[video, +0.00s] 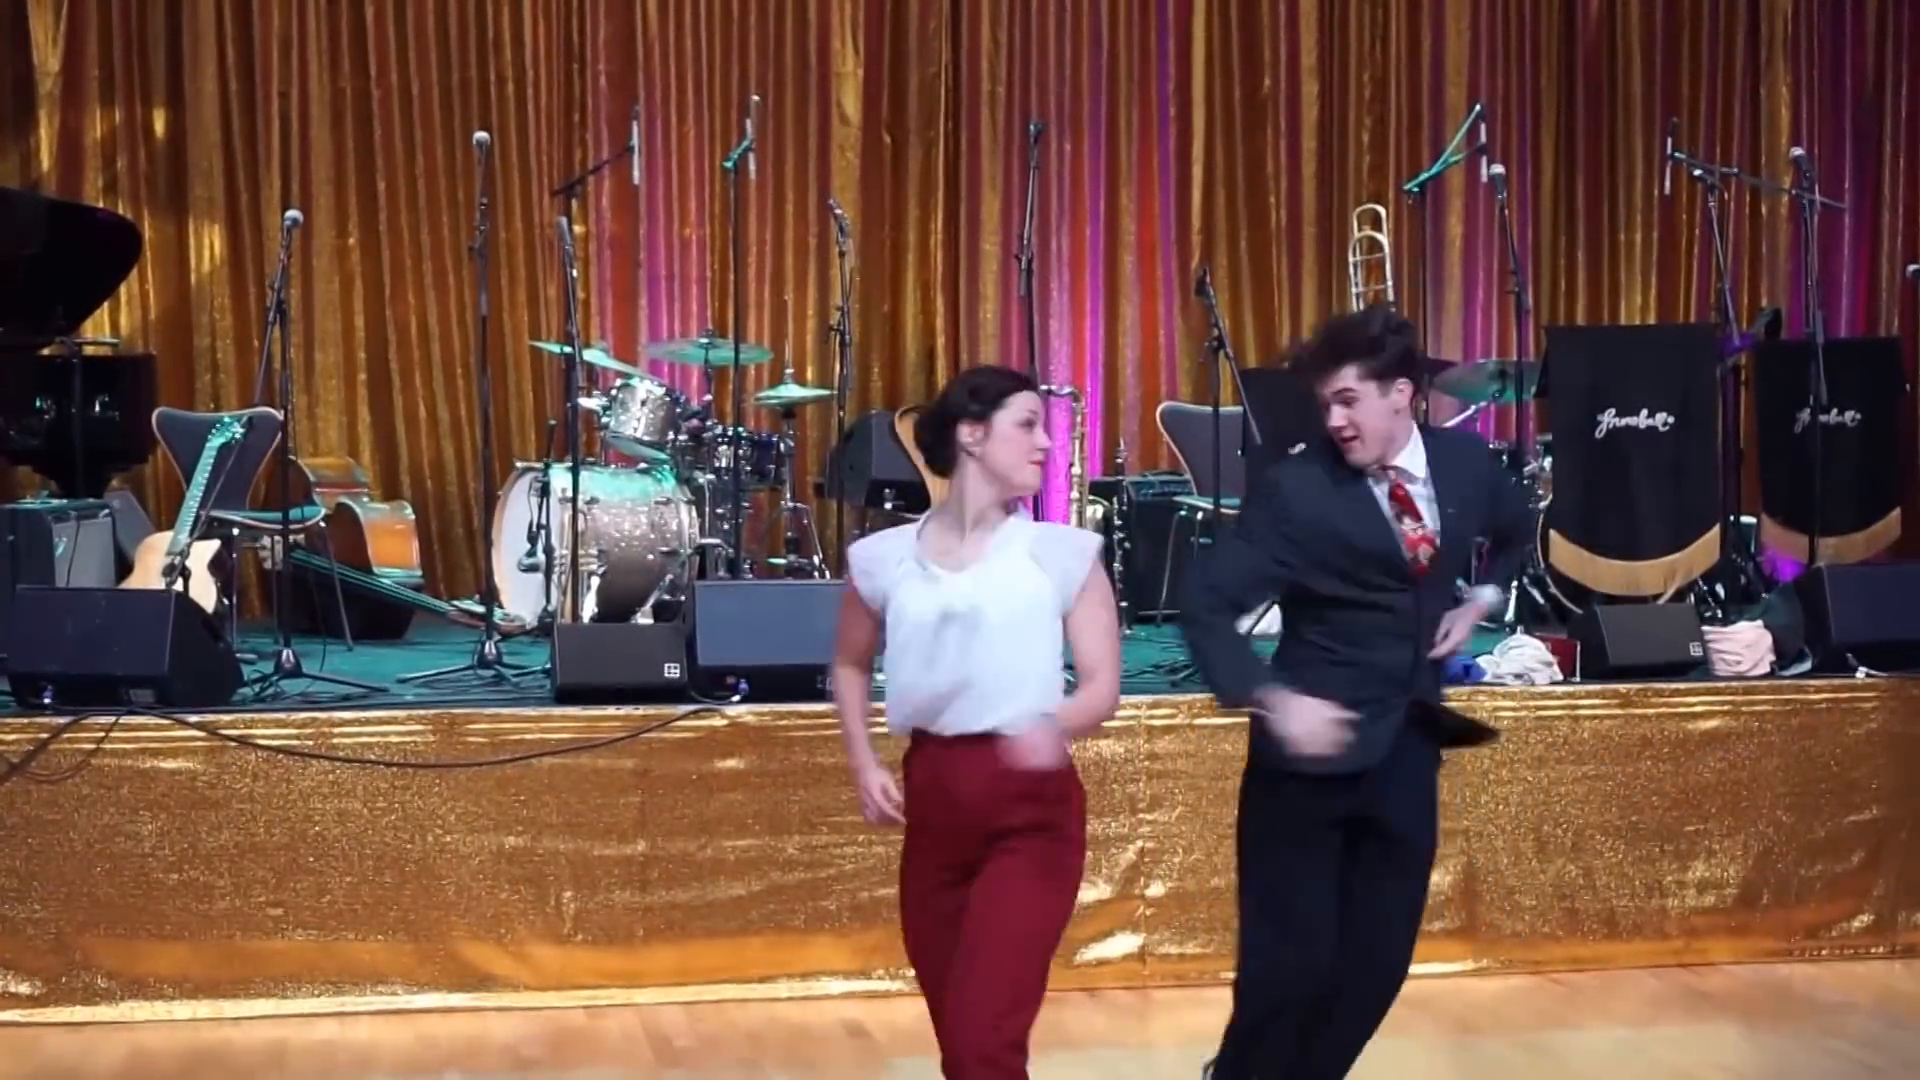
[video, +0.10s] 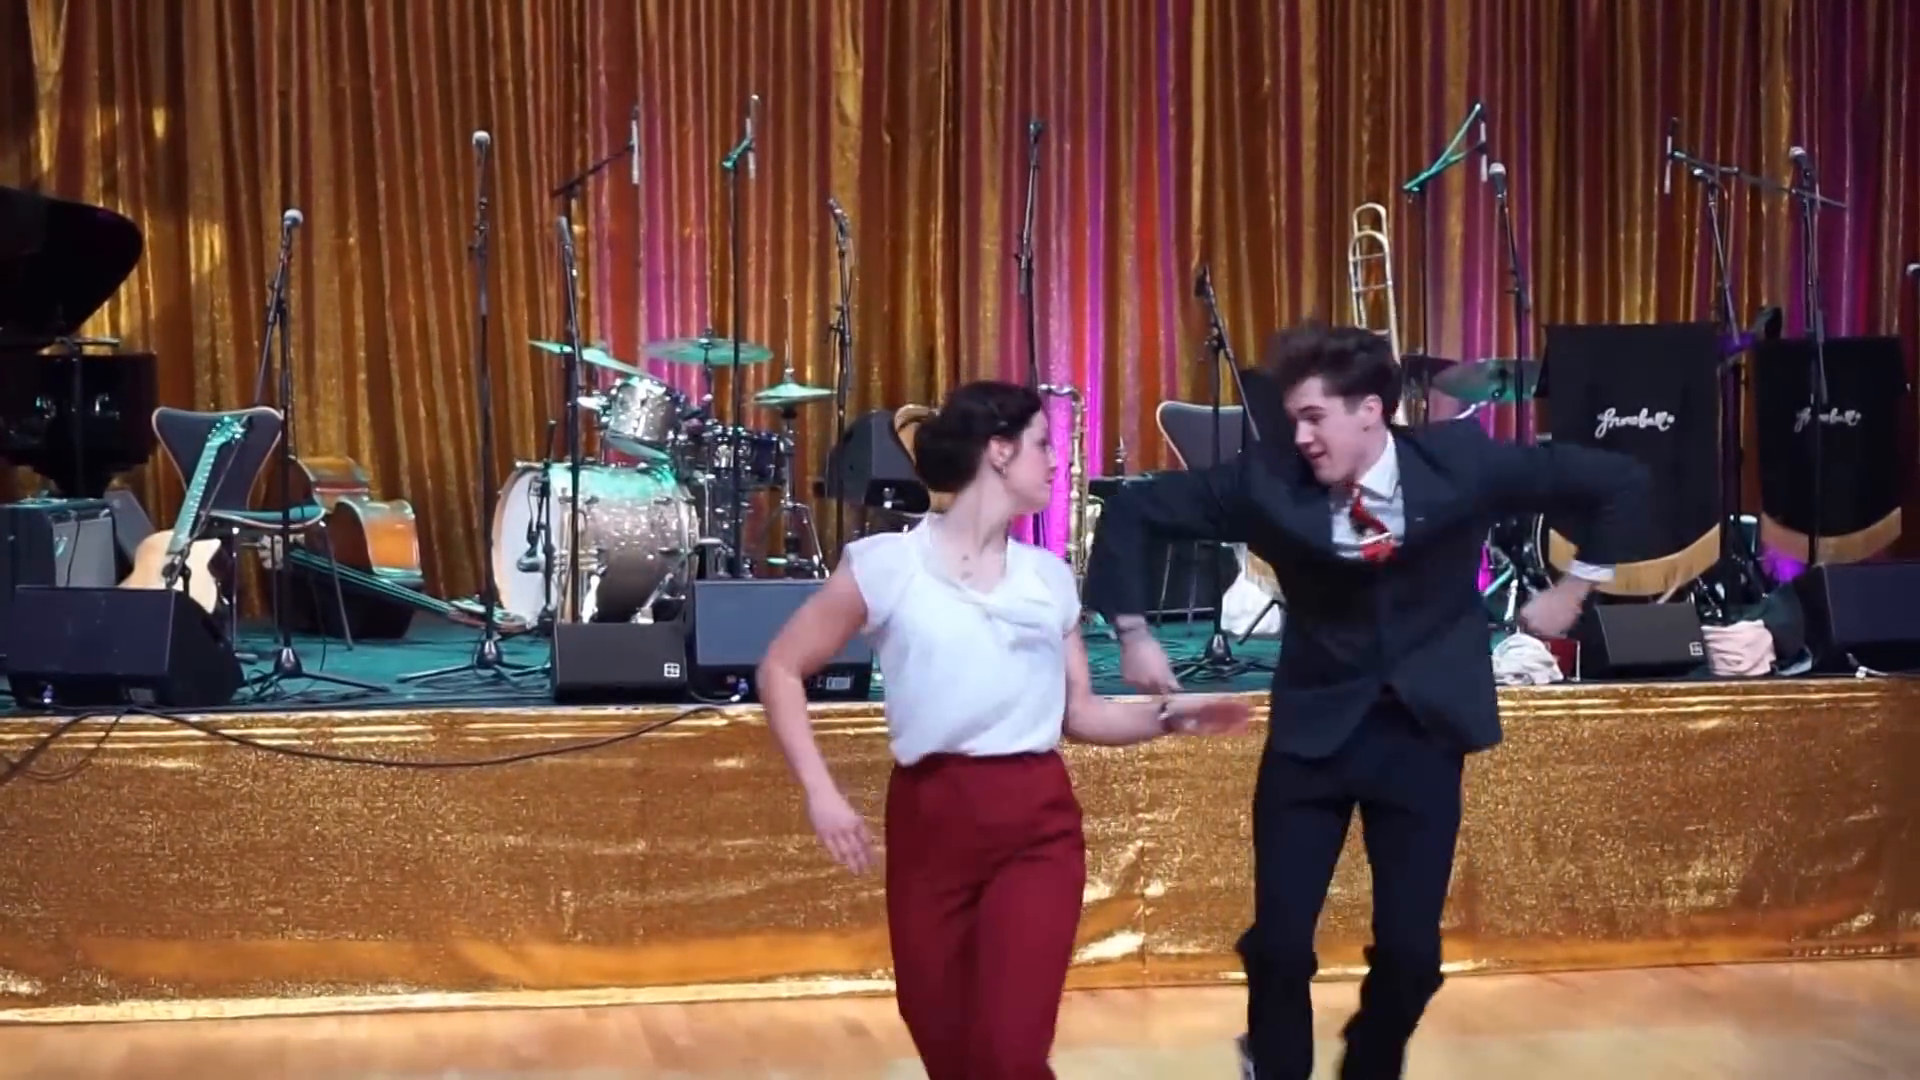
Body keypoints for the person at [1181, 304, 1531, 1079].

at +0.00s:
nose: (1333, 421)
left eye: (1347, 400)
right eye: (1324, 405)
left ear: (1404, 395)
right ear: (1316, 409)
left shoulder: (1468, 466)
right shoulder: (1295, 493)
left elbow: (1519, 530)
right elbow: (1205, 602)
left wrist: (1484, 600)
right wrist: (1268, 693)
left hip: (1404, 762)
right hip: (1300, 761)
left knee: (1373, 971)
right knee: (1289, 969)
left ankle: (1298, 1077)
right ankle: (1234, 1074)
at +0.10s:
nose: (1300, 437)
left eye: (1314, 417)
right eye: (1294, 421)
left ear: (1374, 411)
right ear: (1288, 421)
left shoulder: (1462, 467)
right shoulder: (1266, 486)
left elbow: (1622, 481)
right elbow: (1129, 505)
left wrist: (1574, 586)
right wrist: (1133, 633)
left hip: (1422, 738)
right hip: (1308, 735)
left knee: (1410, 961)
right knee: (1276, 950)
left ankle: (1367, 1069)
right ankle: (1277, 1070)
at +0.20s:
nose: (1275, 482)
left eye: (1290, 462)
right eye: (1269, 465)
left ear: (1346, 460)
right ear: (1262, 466)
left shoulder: (1424, 505)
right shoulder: (1259, 510)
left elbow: (1559, 516)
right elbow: (1142, 520)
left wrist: (1522, 635)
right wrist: (1122, 623)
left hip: (1444, 732)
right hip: (1344, 731)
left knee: (1395, 930)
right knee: (1282, 945)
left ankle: (1437, 1074)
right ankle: (1328, 1078)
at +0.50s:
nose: (1292, 484)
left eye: (1308, 463)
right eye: (1286, 469)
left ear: (1363, 464)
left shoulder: (1398, 534)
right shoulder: (1383, 531)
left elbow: (1408, 699)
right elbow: (1387, 678)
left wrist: (1312, 698)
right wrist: (1293, 686)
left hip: (1529, 755)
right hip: (1488, 748)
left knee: (1414, 963)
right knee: (1384, 943)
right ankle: (1368, 1072)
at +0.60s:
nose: (1318, 453)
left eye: (1332, 432)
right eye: (1313, 439)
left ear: (1389, 422)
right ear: (1383, 428)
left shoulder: (1429, 483)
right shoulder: (1413, 478)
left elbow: (1498, 643)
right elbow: (1429, 609)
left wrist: (1430, 678)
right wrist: (1346, 662)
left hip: (1581, 713)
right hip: (1519, 710)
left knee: (1502, 928)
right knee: (1420, 882)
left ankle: (1491, 1069)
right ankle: (1462, 1067)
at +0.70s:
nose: (1359, 463)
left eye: (1370, 442)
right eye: (1352, 448)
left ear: (1427, 428)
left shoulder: (1458, 488)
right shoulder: (1459, 472)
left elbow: (1560, 604)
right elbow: (1490, 588)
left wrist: (1531, 729)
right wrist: (1411, 640)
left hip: (1627, 716)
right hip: (1583, 711)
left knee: (1527, 914)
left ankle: (1621, 1069)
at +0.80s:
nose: (1402, 497)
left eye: (1411, 475)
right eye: (1394, 482)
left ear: (1465, 461)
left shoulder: (1519, 515)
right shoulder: (1484, 528)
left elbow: (1600, 640)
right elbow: (1536, 635)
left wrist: (1635, 786)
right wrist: (1441, 641)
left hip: (1654, 763)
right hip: (1609, 763)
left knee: (1613, 992)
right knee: (1561, 981)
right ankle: (1673, 1066)